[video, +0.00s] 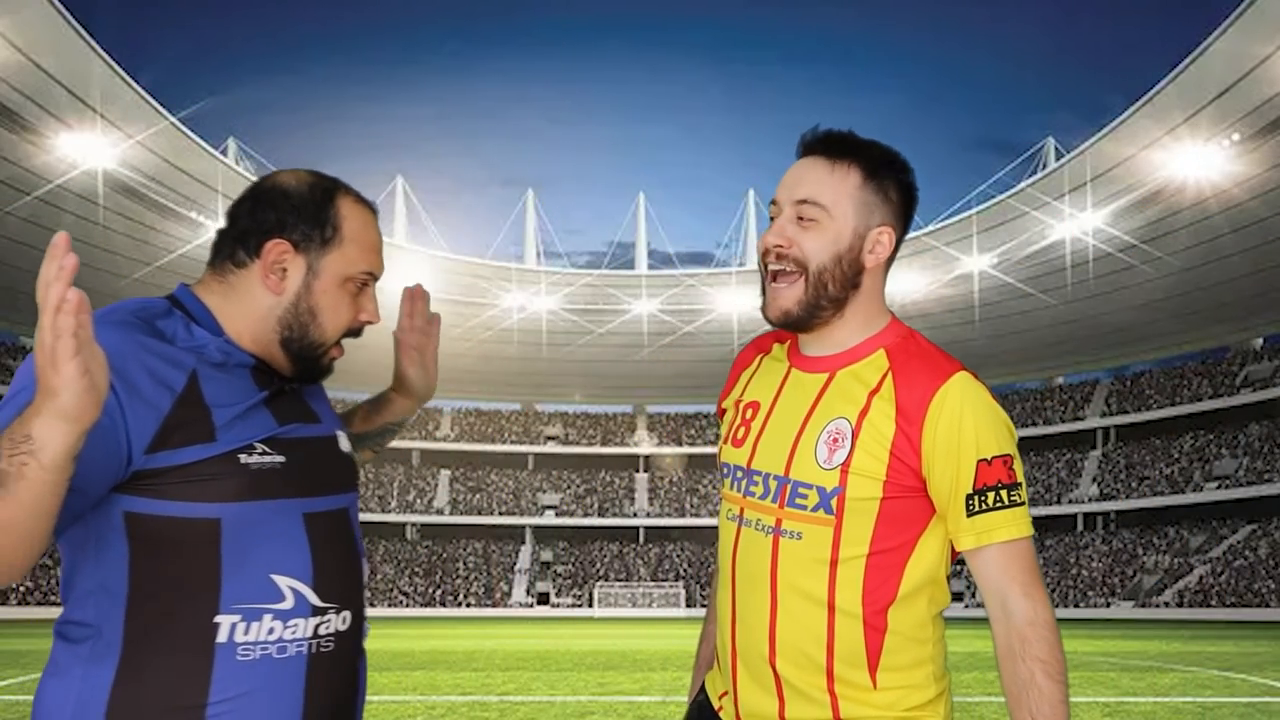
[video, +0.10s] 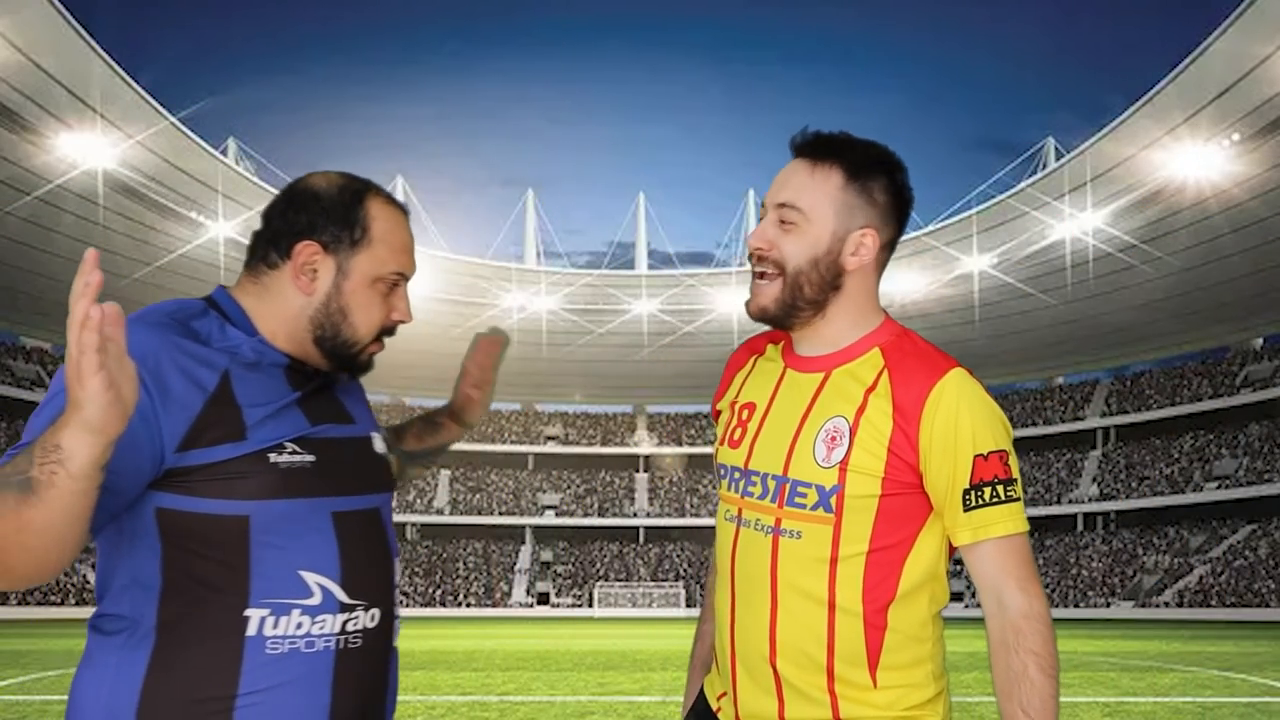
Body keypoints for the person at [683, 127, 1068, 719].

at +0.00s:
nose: (772, 239)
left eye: (806, 218)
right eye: (773, 217)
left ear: (878, 246)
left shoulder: (946, 401)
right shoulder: (752, 366)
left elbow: (1020, 618)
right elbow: (739, 562)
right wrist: (703, 692)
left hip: (875, 706)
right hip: (730, 702)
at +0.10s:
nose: (755, 239)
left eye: (787, 220)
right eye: (762, 217)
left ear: (860, 248)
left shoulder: (942, 399)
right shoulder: (746, 367)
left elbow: (1015, 610)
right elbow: (733, 560)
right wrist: (696, 694)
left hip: (875, 706)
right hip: (728, 703)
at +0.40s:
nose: (691, 251)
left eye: (721, 229)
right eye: (695, 228)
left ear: (794, 249)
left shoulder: (877, 388)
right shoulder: (685, 377)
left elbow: (965, 588)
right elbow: (671, 542)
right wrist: (618, 676)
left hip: (825, 705)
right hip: (683, 705)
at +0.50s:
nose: (661, 254)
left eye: (691, 232)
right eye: (662, 232)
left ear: (763, 249)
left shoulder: (845, 386)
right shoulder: (652, 378)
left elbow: (939, 582)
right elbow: (637, 537)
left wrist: (956, 713)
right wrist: (579, 674)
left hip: (797, 705)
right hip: (657, 704)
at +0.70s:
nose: (593, 266)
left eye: (622, 243)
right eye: (595, 242)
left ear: (693, 258)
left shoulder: (786, 381)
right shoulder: (581, 385)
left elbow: (887, 565)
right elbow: (570, 552)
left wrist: (930, 712)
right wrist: (514, 661)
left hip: (755, 704)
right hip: (613, 705)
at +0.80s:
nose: (578, 262)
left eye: (609, 238)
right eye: (574, 238)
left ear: (676, 253)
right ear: (565, 245)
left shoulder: (762, 376)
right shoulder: (554, 383)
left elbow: (865, 558)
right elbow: (538, 546)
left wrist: (913, 710)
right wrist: (509, 684)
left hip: (738, 702)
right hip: (597, 703)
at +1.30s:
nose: (616, 241)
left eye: (650, 219)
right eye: (597, 210)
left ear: (691, 242)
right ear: (568, 220)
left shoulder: (747, 383)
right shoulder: (527, 367)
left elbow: (847, 587)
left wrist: (857, 714)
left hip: (718, 703)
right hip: (566, 704)